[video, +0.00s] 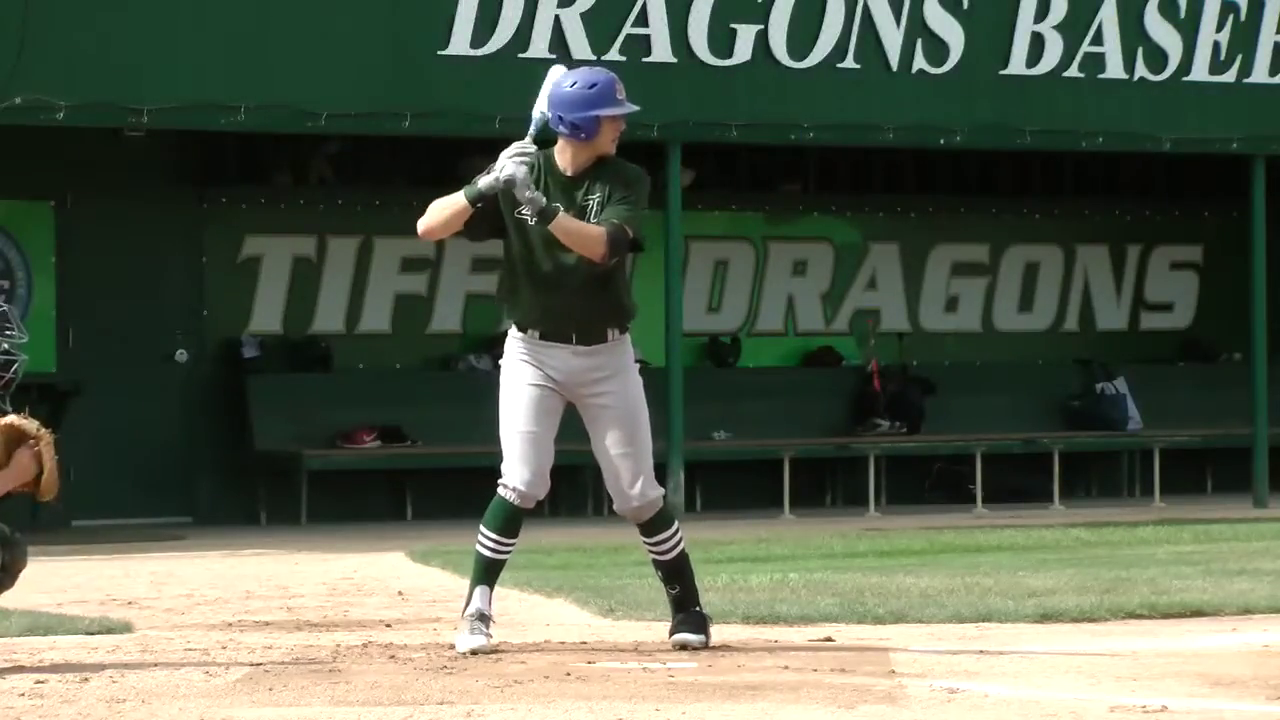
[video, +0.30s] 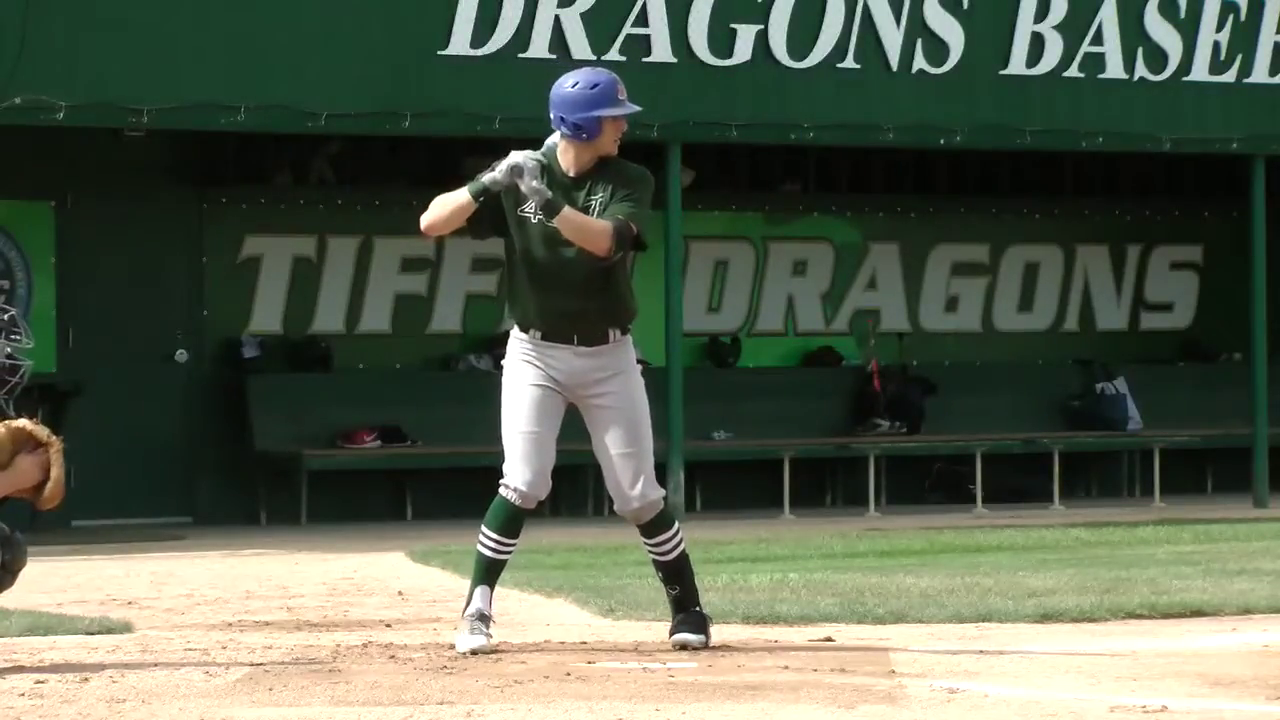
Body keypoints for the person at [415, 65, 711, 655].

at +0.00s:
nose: (621, 127)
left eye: (619, 117)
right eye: (611, 119)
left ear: (592, 122)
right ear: (579, 123)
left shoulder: (625, 179)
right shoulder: (521, 172)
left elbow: (608, 246)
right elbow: (429, 227)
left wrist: (540, 209)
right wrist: (491, 184)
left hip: (607, 357)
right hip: (530, 354)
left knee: (638, 493)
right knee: (522, 483)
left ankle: (687, 610)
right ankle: (477, 610)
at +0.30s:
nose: (623, 127)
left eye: (621, 118)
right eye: (614, 119)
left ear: (594, 122)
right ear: (582, 124)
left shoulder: (628, 178)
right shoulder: (521, 172)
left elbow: (613, 241)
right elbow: (431, 224)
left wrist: (549, 207)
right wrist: (492, 184)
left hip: (609, 357)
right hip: (533, 354)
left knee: (639, 494)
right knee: (524, 483)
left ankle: (687, 610)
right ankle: (477, 609)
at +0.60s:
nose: (624, 127)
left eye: (622, 118)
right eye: (614, 119)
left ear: (596, 123)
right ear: (581, 124)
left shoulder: (629, 179)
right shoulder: (522, 170)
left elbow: (616, 244)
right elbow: (435, 227)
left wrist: (552, 209)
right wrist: (493, 191)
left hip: (610, 358)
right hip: (533, 354)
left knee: (639, 496)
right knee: (525, 484)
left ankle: (687, 611)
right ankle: (477, 610)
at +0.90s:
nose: (624, 127)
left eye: (622, 118)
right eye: (614, 119)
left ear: (598, 123)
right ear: (582, 124)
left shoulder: (630, 179)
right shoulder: (523, 171)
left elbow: (615, 245)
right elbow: (438, 228)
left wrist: (551, 200)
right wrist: (498, 181)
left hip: (611, 358)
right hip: (534, 354)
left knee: (639, 497)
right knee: (524, 483)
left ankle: (687, 610)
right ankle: (478, 608)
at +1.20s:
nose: (624, 127)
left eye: (622, 118)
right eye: (614, 120)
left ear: (599, 122)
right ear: (582, 124)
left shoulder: (631, 178)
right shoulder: (523, 173)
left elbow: (616, 244)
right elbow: (439, 228)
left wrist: (552, 200)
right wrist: (494, 186)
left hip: (612, 358)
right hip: (534, 354)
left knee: (639, 498)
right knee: (524, 483)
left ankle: (687, 611)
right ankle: (477, 609)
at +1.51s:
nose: (623, 127)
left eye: (621, 118)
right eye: (613, 120)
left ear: (599, 122)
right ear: (580, 124)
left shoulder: (630, 178)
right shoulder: (523, 173)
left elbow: (615, 244)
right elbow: (439, 228)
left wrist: (552, 199)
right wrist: (495, 187)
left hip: (612, 358)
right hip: (535, 354)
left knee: (639, 498)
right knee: (523, 483)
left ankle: (687, 611)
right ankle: (478, 608)